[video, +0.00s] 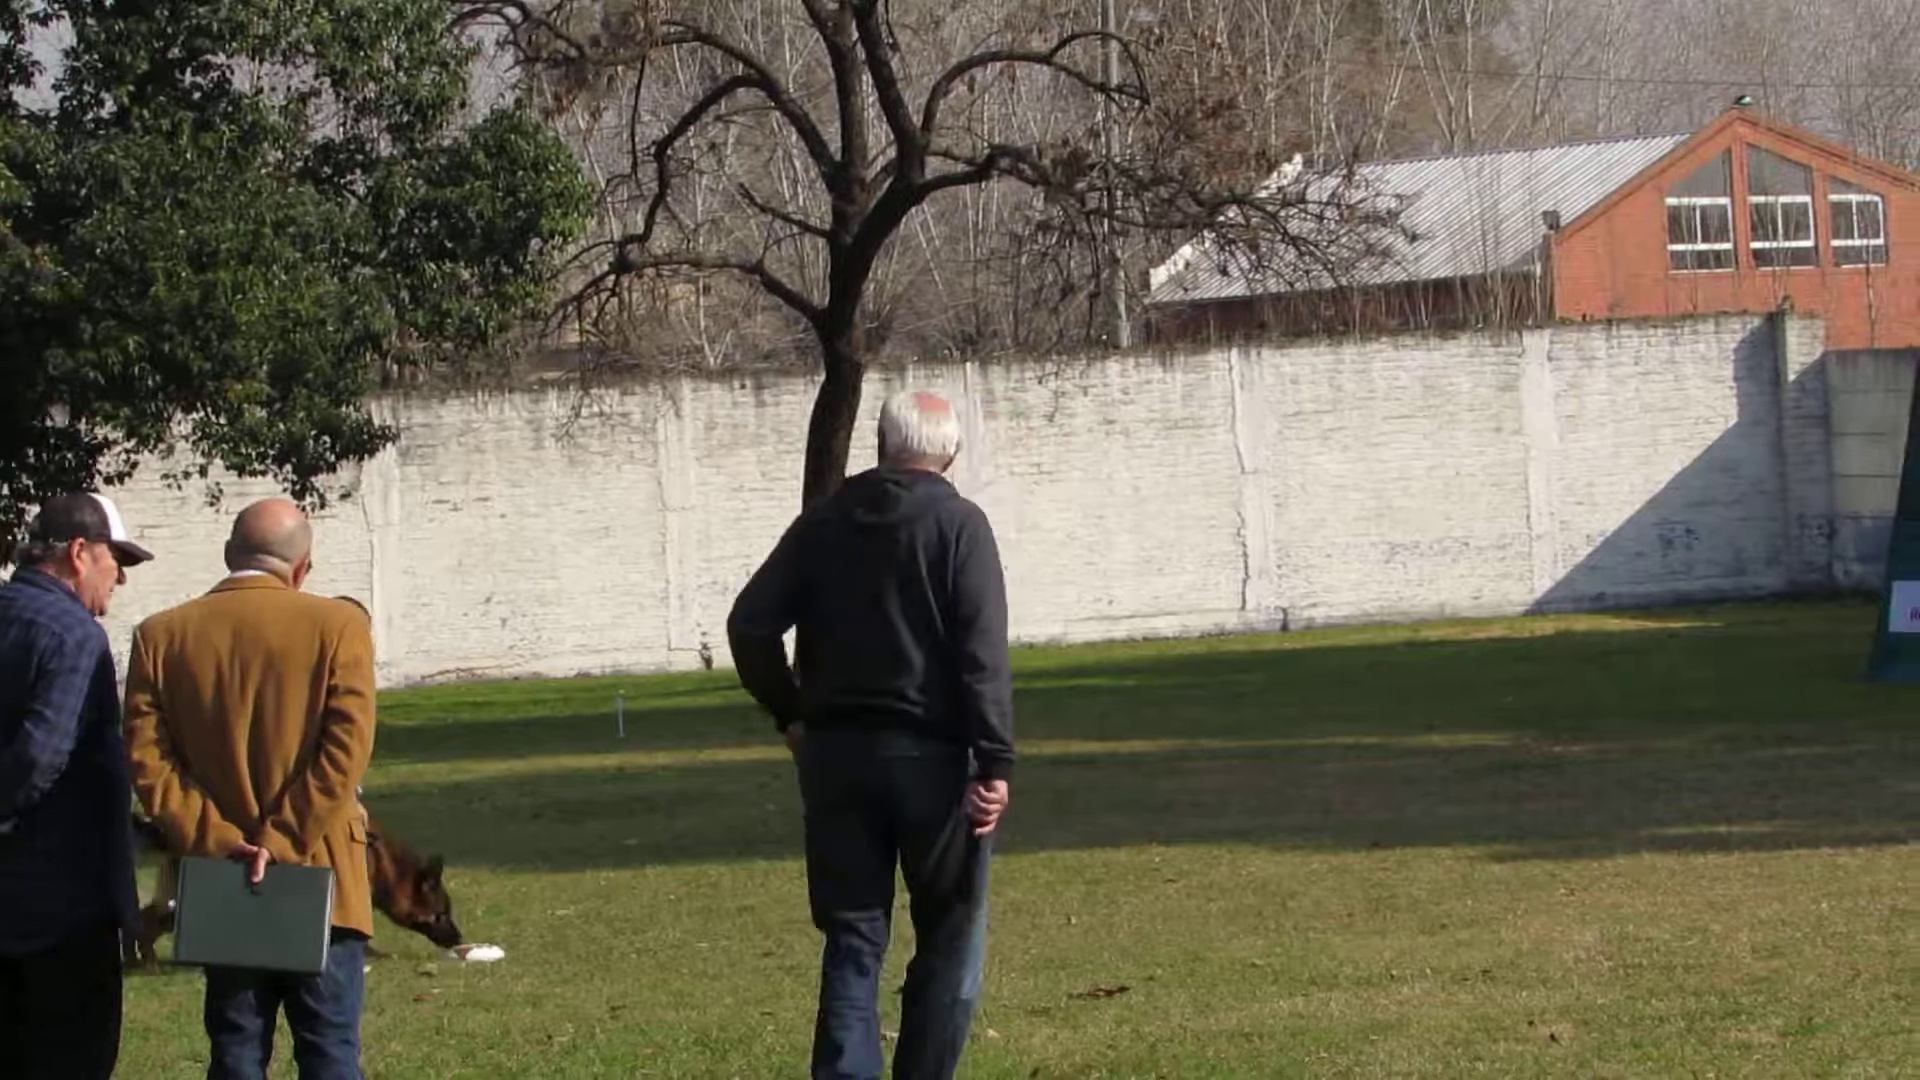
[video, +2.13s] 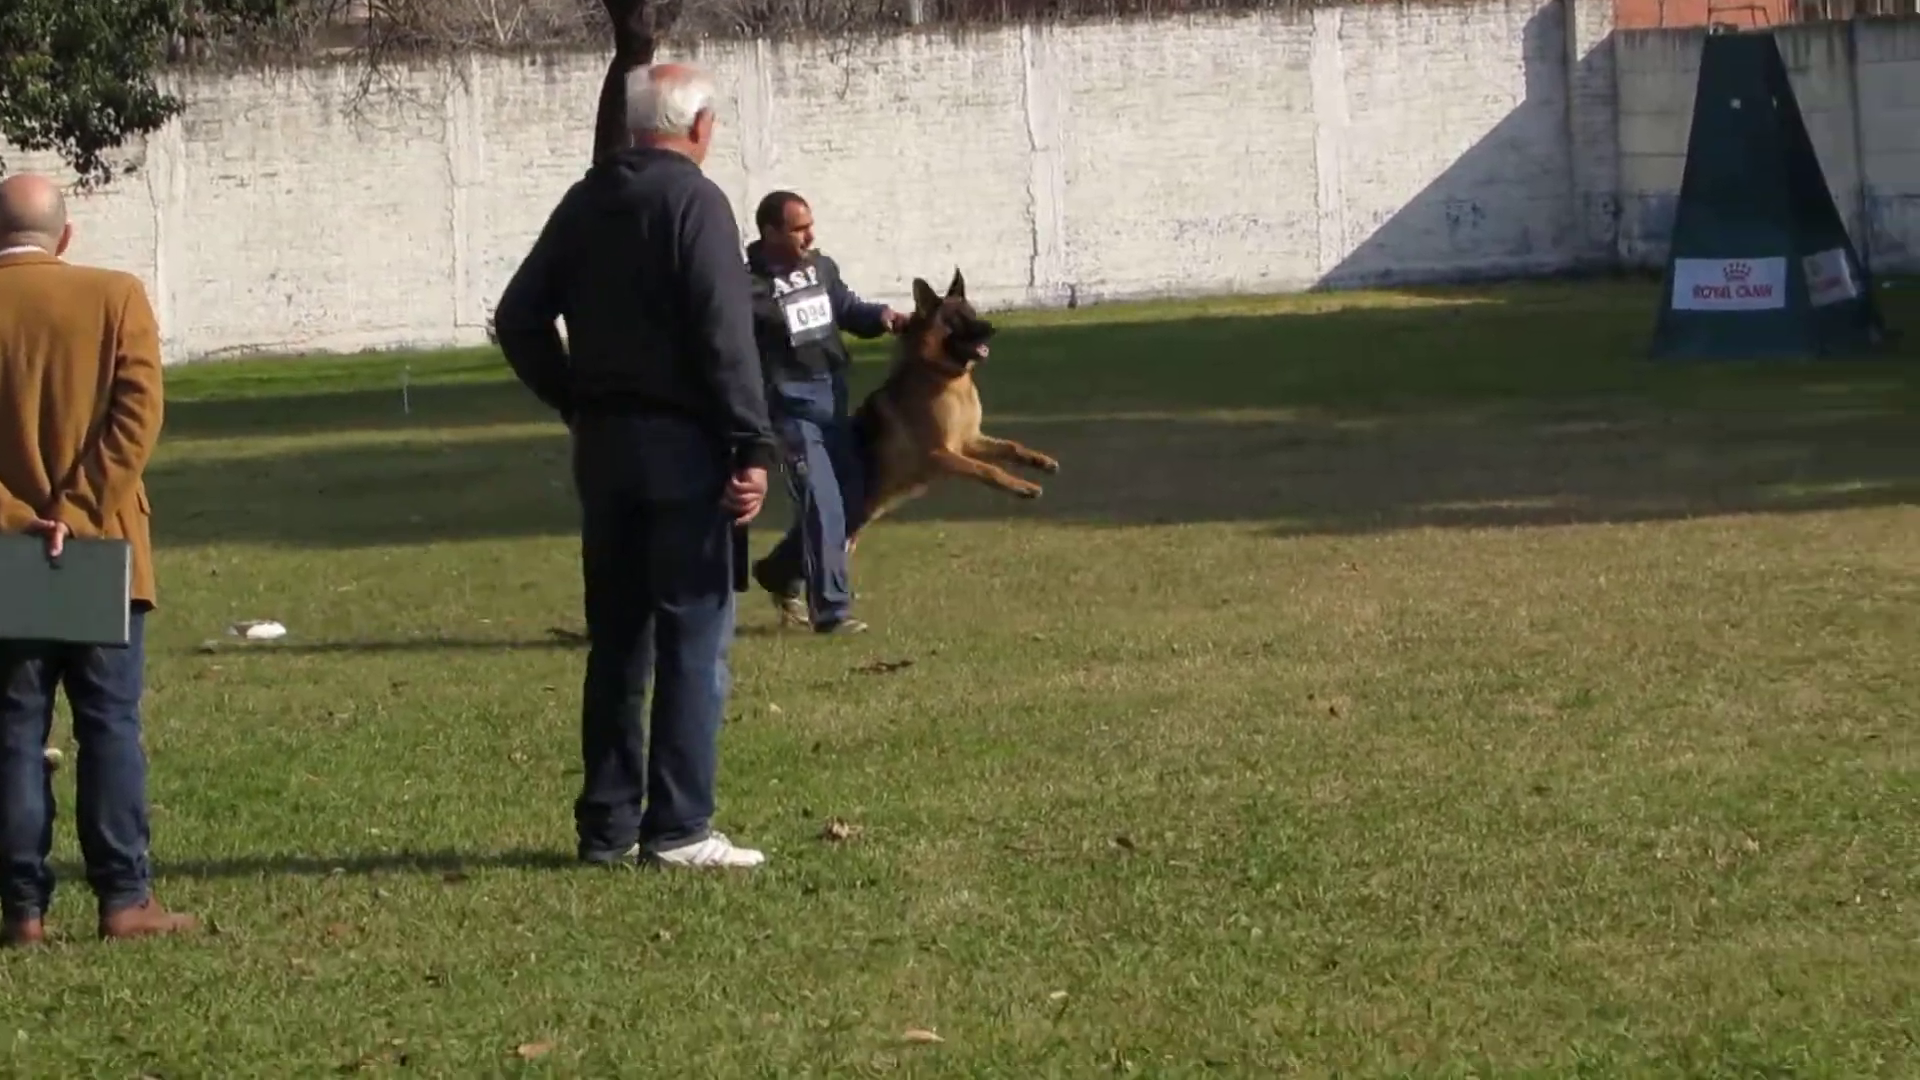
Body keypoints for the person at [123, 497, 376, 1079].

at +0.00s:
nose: (309, 568)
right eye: (308, 559)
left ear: (228, 555)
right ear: (300, 566)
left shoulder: (160, 635)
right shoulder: (339, 623)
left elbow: (146, 765)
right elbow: (346, 749)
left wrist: (220, 841)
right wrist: (279, 838)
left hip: (221, 898)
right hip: (326, 894)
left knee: (236, 1052)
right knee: (331, 1049)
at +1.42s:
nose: (291, 478)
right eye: (291, 470)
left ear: (210, 472)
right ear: (282, 476)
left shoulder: (149, 549)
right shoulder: (328, 535)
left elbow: (137, 676)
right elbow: (339, 659)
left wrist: (215, 752)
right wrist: (274, 747)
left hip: (210, 804)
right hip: (317, 799)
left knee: (225, 962)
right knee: (320, 960)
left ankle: (231, 1076)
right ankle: (327, 1074)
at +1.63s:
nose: (267, 374)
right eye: (266, 365)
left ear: (186, 368)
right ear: (262, 372)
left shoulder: (133, 448)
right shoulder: (309, 434)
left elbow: (118, 575)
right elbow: (319, 555)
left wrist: (189, 649)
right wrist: (260, 648)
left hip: (191, 702)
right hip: (295, 698)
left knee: (205, 859)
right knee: (300, 857)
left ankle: (213, 1037)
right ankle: (315, 1030)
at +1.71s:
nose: (237, 332)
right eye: (237, 323)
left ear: (156, 331)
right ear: (233, 332)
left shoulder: (109, 408)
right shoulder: (283, 393)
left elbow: (93, 536)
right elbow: (295, 515)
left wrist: (170, 608)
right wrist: (236, 609)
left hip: (167, 661)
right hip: (270, 657)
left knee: (180, 819)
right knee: (275, 817)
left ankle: (189, 997)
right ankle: (290, 990)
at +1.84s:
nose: (188, 291)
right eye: (187, 282)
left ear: (107, 291)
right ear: (184, 291)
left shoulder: (60, 370)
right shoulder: (237, 352)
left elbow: (47, 498)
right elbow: (250, 475)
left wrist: (128, 571)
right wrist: (192, 568)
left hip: (121, 620)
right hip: (225, 616)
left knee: (135, 776)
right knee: (230, 775)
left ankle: (143, 958)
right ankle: (244, 950)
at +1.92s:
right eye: (158, 262)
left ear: (76, 274)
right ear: (154, 272)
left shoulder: (27, 355)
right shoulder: (207, 333)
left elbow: (18, 482)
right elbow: (222, 454)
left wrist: (89, 549)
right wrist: (165, 547)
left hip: (90, 604)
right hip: (196, 598)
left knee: (105, 763)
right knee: (200, 760)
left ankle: (114, 941)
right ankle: (215, 934)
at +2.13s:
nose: (69, 233)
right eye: (70, 225)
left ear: (0, 233)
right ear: (65, 235)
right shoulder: (118, 297)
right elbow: (137, 419)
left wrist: (22, 520)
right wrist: (77, 508)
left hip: (9, 564)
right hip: (105, 562)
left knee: (18, 730)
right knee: (111, 725)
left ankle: (24, 908)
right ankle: (126, 899)